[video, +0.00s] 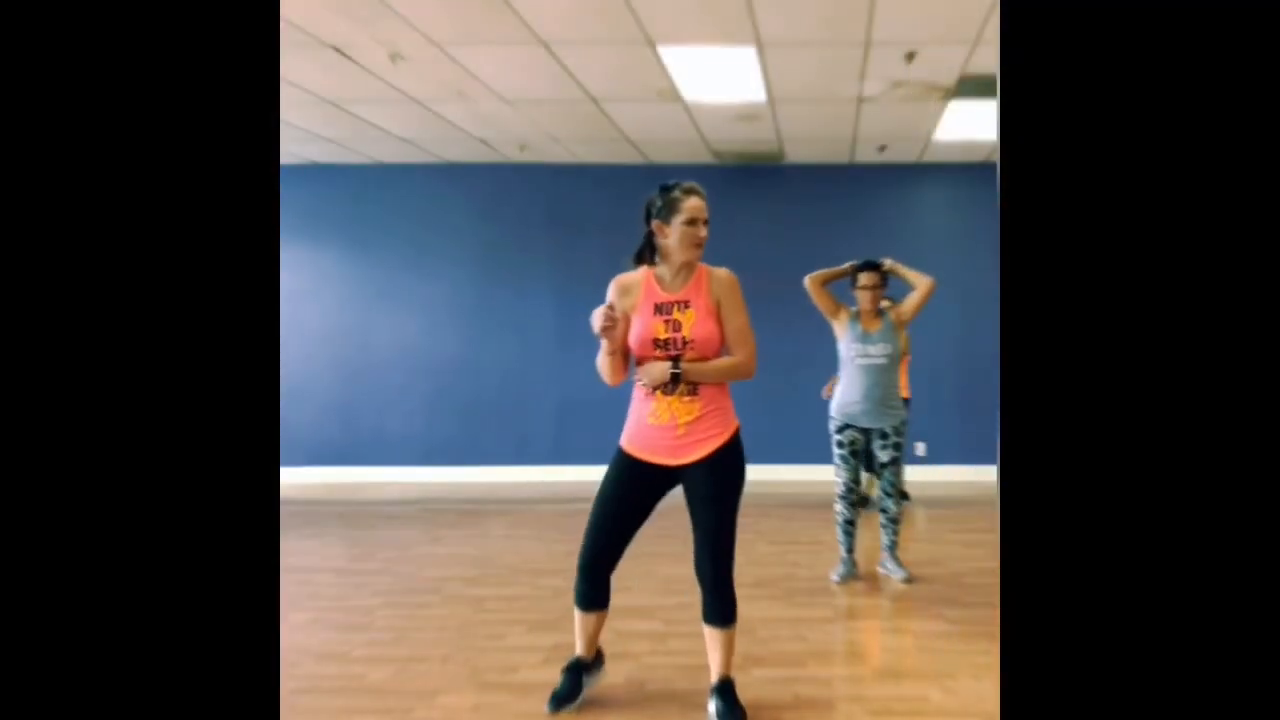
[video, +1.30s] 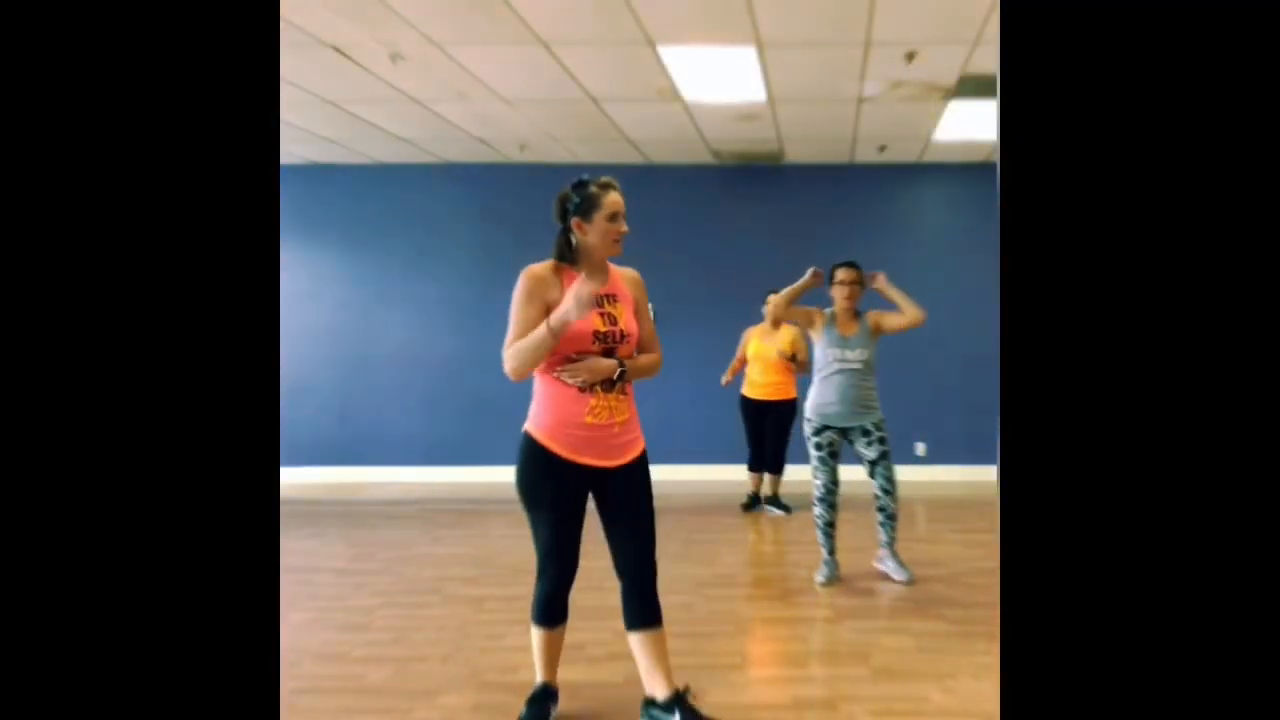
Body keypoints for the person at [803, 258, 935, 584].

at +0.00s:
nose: (870, 293)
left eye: (875, 287)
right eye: (863, 288)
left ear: (884, 291)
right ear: (854, 291)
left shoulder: (896, 320)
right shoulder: (841, 319)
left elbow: (927, 284)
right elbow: (811, 282)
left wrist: (895, 268)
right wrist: (848, 269)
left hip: (888, 416)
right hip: (847, 416)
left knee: (890, 491)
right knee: (847, 491)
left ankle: (889, 557)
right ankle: (846, 558)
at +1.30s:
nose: (847, 290)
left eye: (853, 284)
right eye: (841, 284)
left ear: (862, 289)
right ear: (831, 289)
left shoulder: (872, 322)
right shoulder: (817, 319)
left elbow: (916, 317)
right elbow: (775, 309)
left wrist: (885, 287)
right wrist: (806, 283)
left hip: (865, 417)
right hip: (822, 418)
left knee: (886, 483)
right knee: (825, 490)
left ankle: (887, 554)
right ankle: (828, 560)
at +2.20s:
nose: (900, 285)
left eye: (907, 279)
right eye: (895, 279)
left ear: (916, 288)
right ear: (884, 287)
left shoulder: (927, 325)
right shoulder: (869, 325)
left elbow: (945, 369)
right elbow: (856, 373)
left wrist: (938, 406)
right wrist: (865, 419)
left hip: (918, 423)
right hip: (879, 423)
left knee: (917, 495)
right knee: (877, 494)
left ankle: (911, 557)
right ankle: (879, 557)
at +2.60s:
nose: (890, 285)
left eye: (896, 280)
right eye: (884, 279)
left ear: (905, 288)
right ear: (873, 287)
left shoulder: (915, 325)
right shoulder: (856, 322)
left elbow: (934, 371)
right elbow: (840, 363)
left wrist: (909, 385)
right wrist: (831, 375)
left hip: (909, 421)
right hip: (866, 420)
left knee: (911, 493)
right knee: (856, 491)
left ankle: (909, 558)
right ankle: (836, 559)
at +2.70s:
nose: (881, 285)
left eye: (887, 279)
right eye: (876, 279)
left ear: (898, 289)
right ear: (865, 286)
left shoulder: (906, 326)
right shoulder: (849, 321)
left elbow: (922, 373)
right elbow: (829, 357)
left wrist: (899, 387)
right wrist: (813, 371)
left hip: (899, 421)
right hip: (857, 421)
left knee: (907, 493)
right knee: (849, 492)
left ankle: (908, 559)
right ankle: (836, 559)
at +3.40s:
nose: (869, 284)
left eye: (876, 279)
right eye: (864, 278)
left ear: (885, 286)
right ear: (853, 285)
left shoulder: (898, 322)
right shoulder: (839, 324)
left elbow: (918, 365)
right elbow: (827, 371)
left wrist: (899, 389)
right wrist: (842, 386)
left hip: (888, 418)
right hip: (847, 417)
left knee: (890, 490)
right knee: (839, 487)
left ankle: (888, 559)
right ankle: (836, 557)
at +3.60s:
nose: (876, 284)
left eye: (882, 279)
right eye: (870, 279)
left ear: (891, 286)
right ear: (859, 286)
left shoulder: (903, 323)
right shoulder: (844, 323)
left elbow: (922, 367)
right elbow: (829, 370)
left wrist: (906, 391)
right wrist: (854, 394)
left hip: (893, 417)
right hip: (853, 417)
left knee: (893, 490)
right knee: (856, 488)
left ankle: (889, 557)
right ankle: (859, 557)